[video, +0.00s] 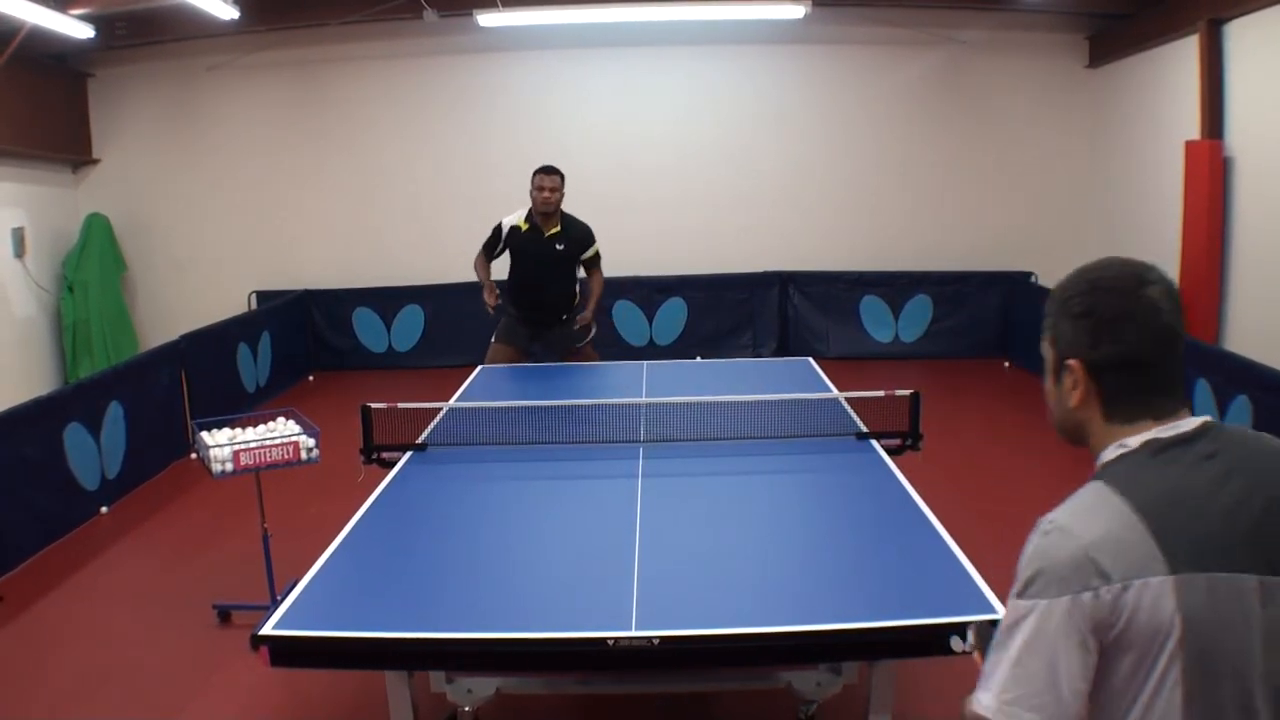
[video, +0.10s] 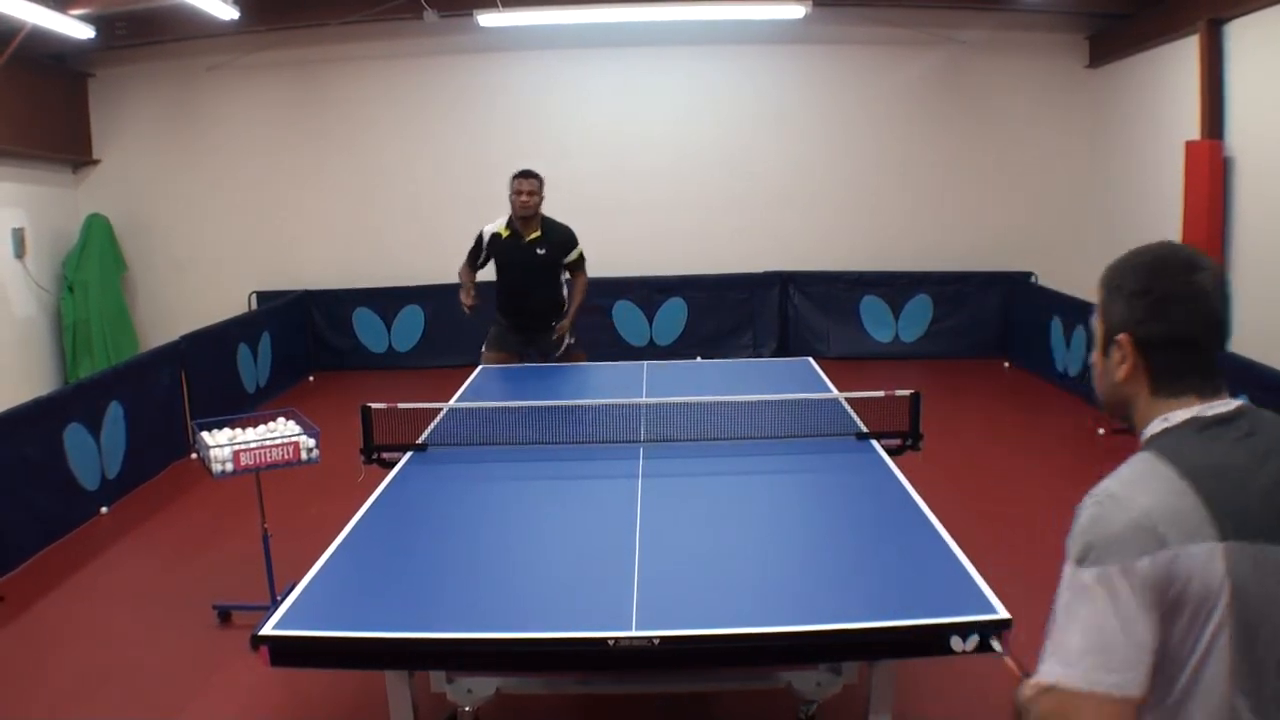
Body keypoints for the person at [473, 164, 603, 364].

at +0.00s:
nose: (546, 195)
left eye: (553, 190)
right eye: (540, 190)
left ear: (562, 194)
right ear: (531, 193)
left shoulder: (579, 232)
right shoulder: (512, 226)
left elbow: (595, 273)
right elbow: (481, 258)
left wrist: (589, 311)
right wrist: (486, 283)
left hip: (563, 322)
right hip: (518, 319)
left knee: (596, 378)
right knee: (491, 379)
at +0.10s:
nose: (524, 199)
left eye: (531, 194)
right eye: (518, 194)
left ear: (541, 199)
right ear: (510, 198)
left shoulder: (560, 235)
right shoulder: (493, 234)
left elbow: (579, 276)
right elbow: (468, 267)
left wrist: (568, 319)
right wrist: (468, 288)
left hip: (552, 328)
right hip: (507, 328)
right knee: (488, 385)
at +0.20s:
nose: (494, 197)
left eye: (501, 191)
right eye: (488, 192)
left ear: (513, 196)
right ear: (481, 196)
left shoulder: (535, 232)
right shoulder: (468, 238)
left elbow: (558, 275)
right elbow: (454, 272)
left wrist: (555, 324)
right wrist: (447, 291)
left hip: (531, 325)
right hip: (489, 325)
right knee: (481, 384)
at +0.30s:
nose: (469, 190)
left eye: (476, 184)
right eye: (463, 185)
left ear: (489, 187)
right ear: (456, 190)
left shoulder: (515, 224)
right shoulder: (447, 234)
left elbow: (538, 268)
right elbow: (441, 271)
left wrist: (547, 318)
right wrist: (434, 291)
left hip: (519, 320)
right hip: (475, 322)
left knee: (530, 388)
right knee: (467, 388)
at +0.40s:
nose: (452, 181)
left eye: (459, 174)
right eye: (445, 176)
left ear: (473, 177)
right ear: (439, 182)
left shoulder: (499, 212)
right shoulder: (433, 226)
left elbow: (527, 255)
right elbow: (427, 263)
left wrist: (542, 305)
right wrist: (429, 283)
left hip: (506, 307)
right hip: (462, 311)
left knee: (516, 374)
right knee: (461, 375)